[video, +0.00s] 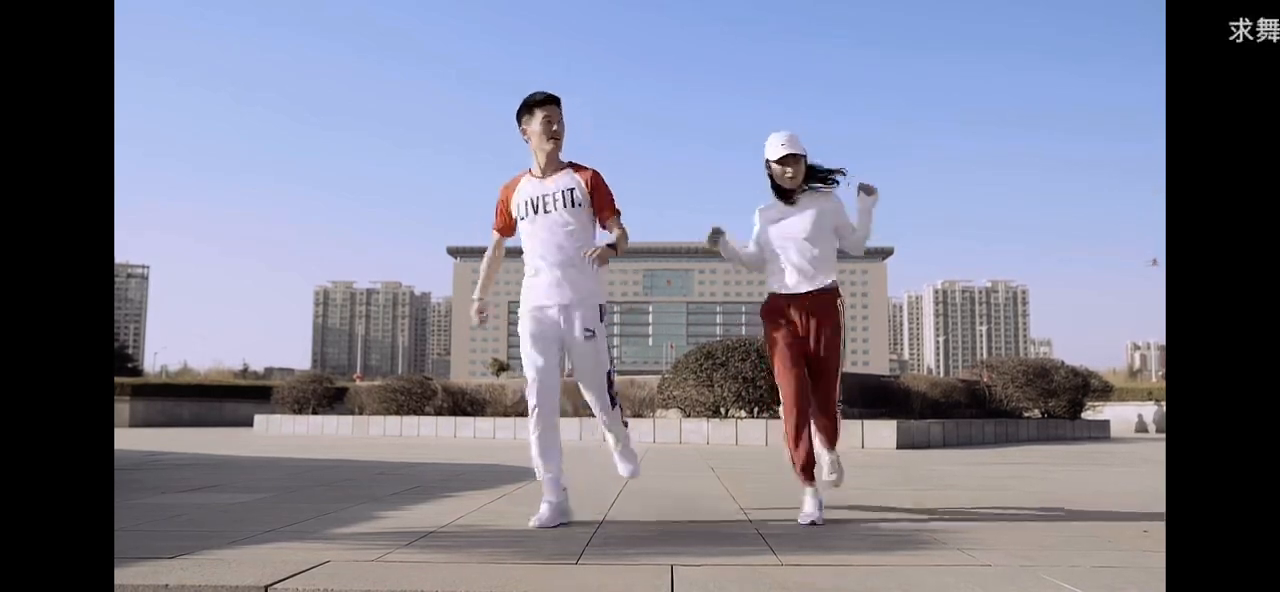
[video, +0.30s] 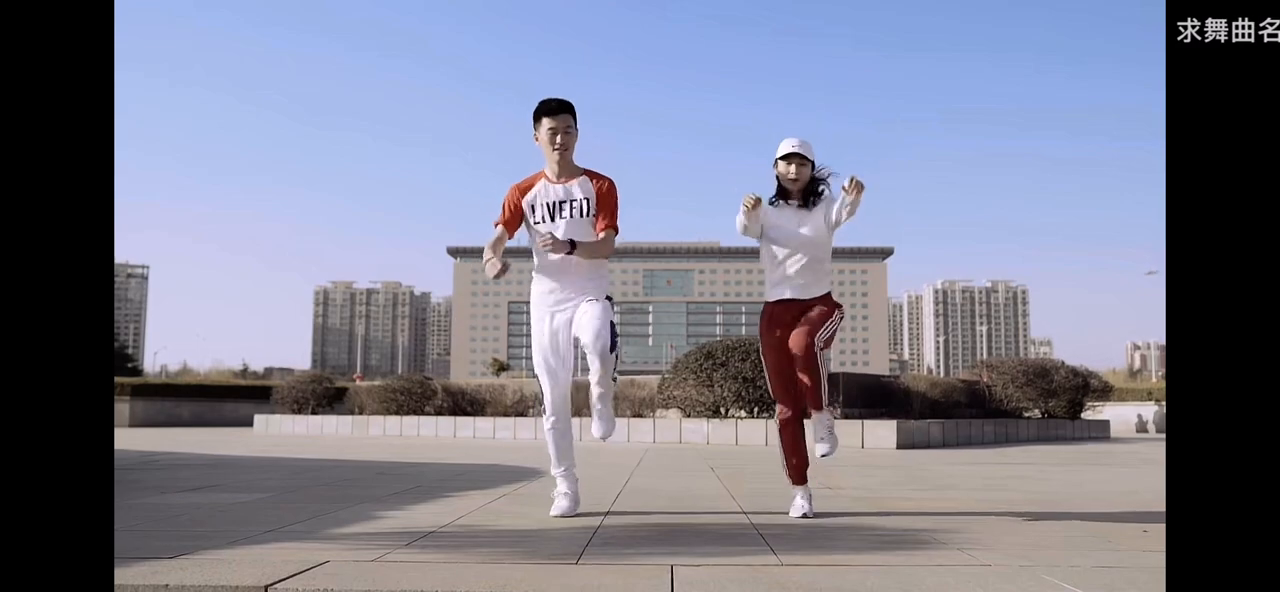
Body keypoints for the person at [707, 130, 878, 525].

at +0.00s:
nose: (789, 169)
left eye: (795, 160)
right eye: (780, 162)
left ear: (806, 162)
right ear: (769, 167)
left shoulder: (826, 200)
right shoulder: (765, 215)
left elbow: (854, 245)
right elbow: (756, 260)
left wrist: (865, 207)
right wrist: (726, 247)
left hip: (823, 305)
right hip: (782, 309)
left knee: (825, 397)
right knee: (793, 397)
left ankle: (828, 449)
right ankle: (809, 490)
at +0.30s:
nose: (794, 167)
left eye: (801, 162)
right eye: (787, 161)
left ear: (811, 168)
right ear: (776, 167)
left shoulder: (825, 206)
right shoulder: (766, 210)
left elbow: (842, 210)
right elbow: (749, 230)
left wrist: (852, 196)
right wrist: (750, 210)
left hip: (820, 304)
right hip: (778, 310)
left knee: (801, 342)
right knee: (788, 410)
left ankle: (820, 418)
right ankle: (800, 492)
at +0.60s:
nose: (789, 165)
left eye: (797, 159)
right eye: (782, 159)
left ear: (807, 167)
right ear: (773, 167)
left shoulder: (823, 214)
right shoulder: (755, 213)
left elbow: (831, 269)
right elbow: (748, 274)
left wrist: (837, 317)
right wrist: (742, 323)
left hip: (812, 311)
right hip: (769, 313)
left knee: (793, 399)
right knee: (782, 402)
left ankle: (783, 486)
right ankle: (799, 482)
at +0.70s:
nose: (791, 162)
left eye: (798, 156)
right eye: (783, 156)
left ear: (808, 166)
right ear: (772, 166)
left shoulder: (826, 216)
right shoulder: (755, 214)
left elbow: (829, 273)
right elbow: (740, 271)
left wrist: (825, 318)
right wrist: (725, 315)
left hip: (809, 317)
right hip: (765, 317)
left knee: (793, 400)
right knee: (771, 405)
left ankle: (782, 489)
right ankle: (792, 478)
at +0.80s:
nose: (790, 152)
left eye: (797, 146)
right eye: (783, 146)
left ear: (807, 152)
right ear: (771, 154)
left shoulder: (827, 200)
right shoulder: (756, 198)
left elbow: (836, 260)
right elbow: (733, 253)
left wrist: (836, 312)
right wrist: (724, 303)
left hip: (810, 304)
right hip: (765, 303)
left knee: (798, 395)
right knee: (764, 392)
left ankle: (791, 484)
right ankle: (761, 460)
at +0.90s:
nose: (788, 160)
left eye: (794, 153)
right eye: (781, 155)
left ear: (805, 158)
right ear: (770, 162)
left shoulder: (826, 205)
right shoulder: (757, 202)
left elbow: (871, 228)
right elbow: (711, 219)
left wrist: (862, 253)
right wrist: (729, 238)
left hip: (809, 306)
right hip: (767, 305)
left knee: (798, 403)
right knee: (769, 396)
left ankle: (793, 493)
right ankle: (705, 431)